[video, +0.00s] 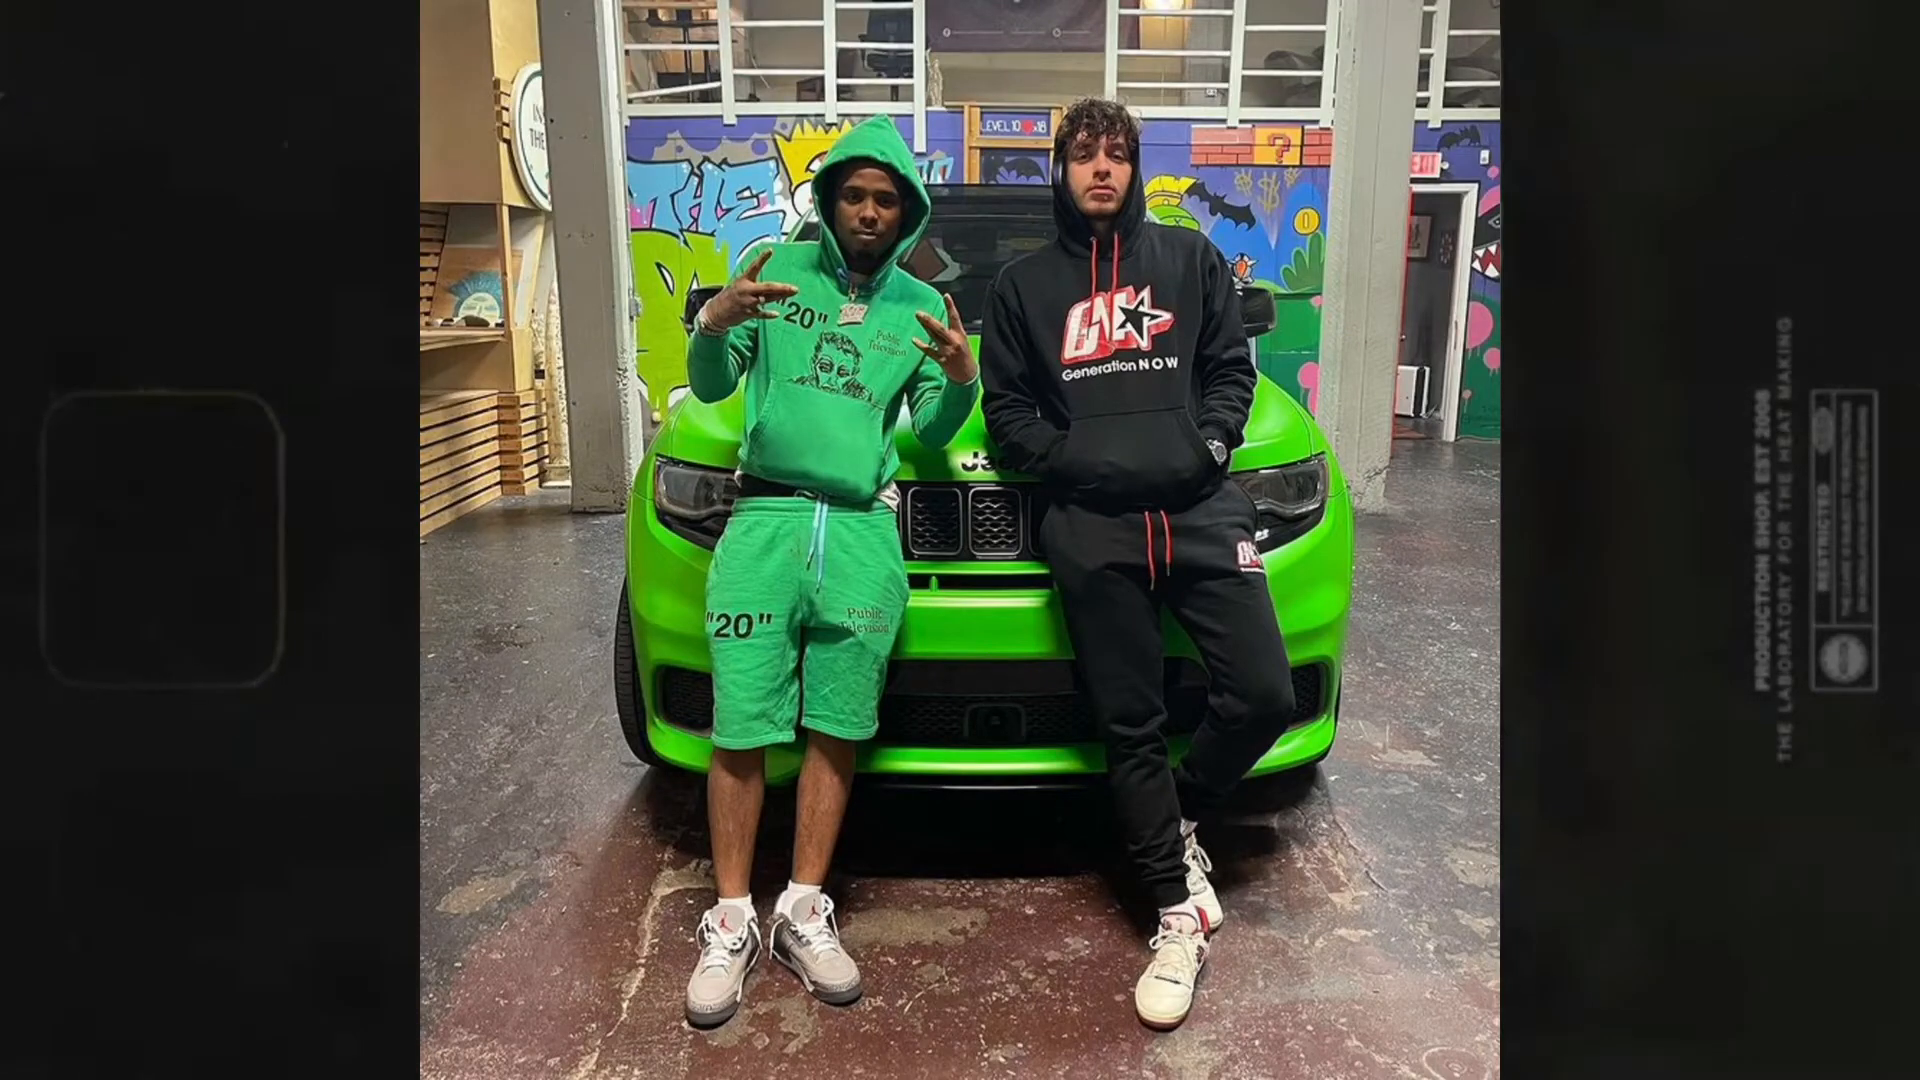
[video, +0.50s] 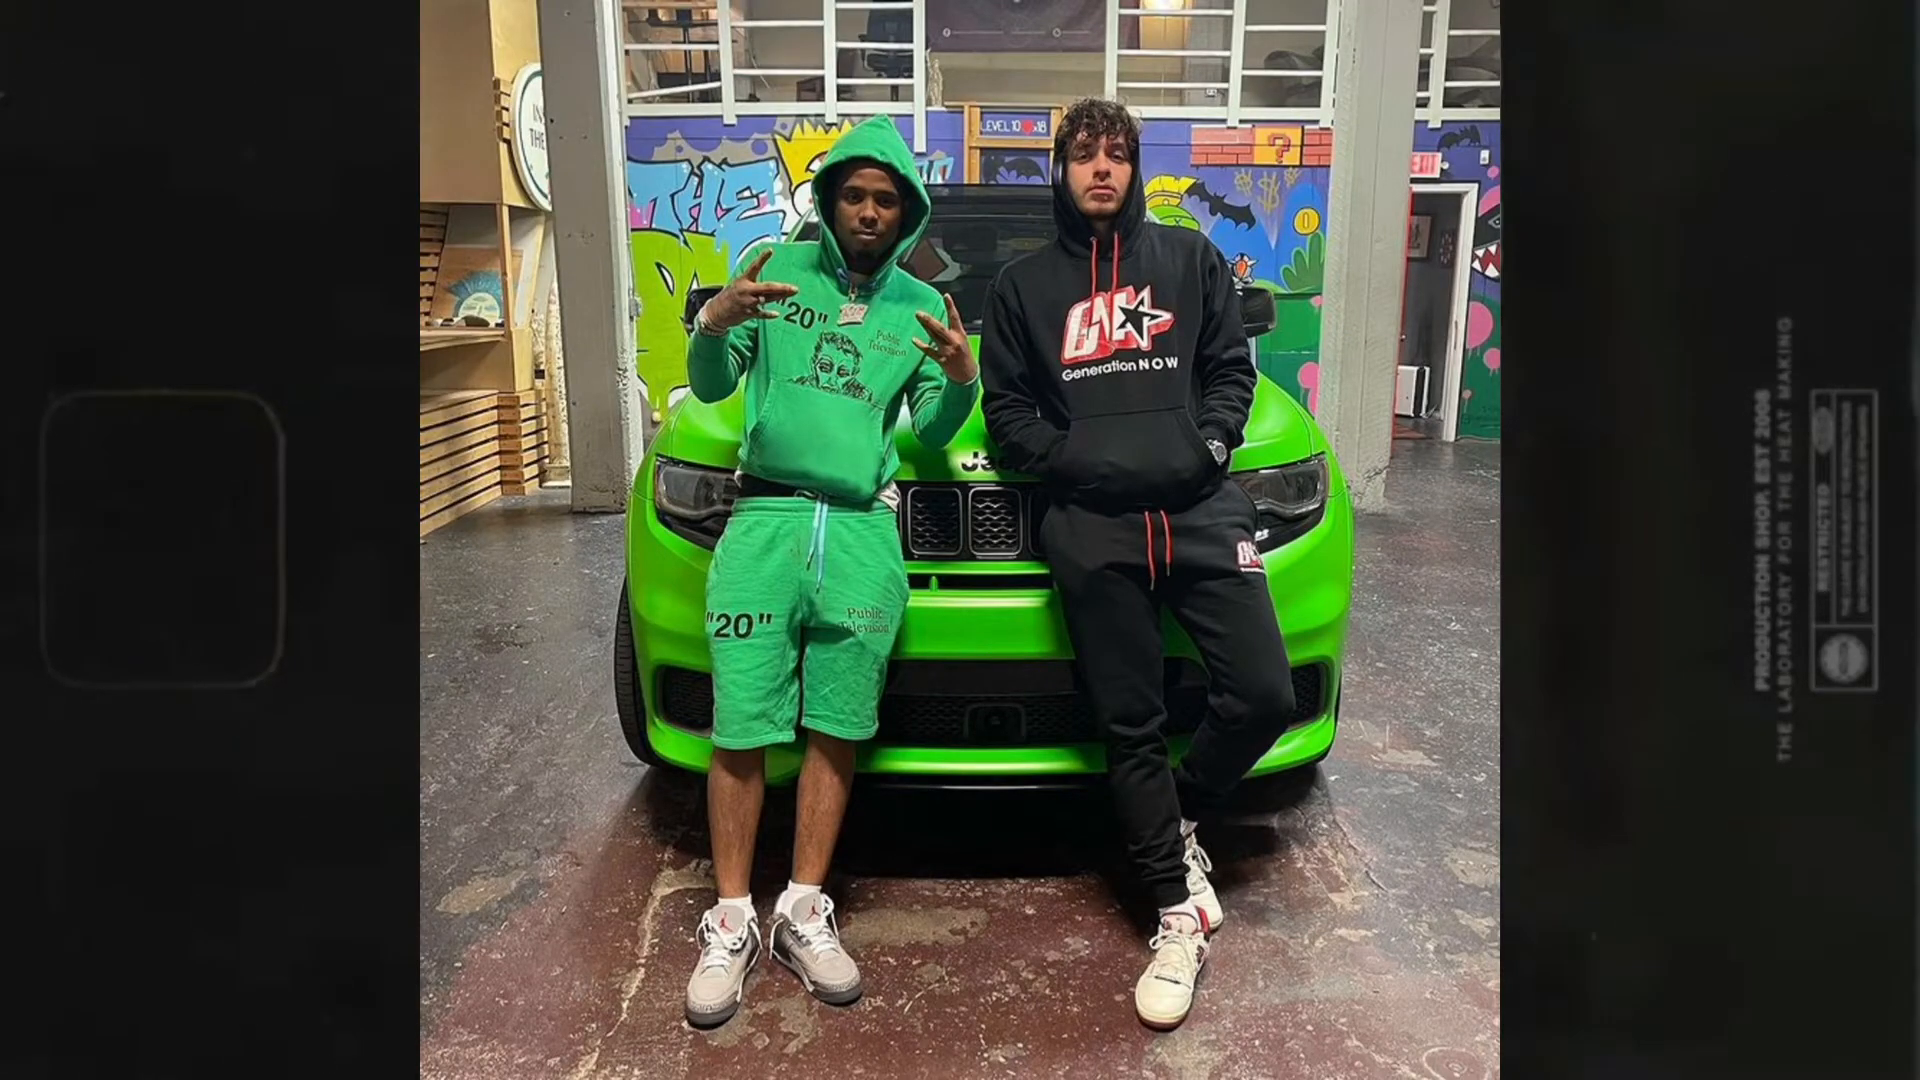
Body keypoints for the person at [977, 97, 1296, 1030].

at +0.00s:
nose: (1101, 171)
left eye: (1115, 159)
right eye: (1086, 159)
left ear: (1137, 170)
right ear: (1061, 172)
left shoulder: (1193, 257)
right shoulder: (1019, 281)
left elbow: (1232, 367)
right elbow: (1005, 405)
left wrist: (1208, 445)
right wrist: (1064, 456)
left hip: (1200, 503)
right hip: (1091, 514)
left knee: (1262, 692)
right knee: (1131, 720)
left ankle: (1180, 818)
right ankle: (1178, 917)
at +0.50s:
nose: (1101, 171)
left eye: (1115, 159)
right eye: (1086, 159)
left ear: (1137, 170)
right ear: (1061, 172)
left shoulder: (1193, 257)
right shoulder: (1019, 281)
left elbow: (1232, 367)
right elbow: (1005, 405)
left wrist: (1208, 445)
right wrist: (1066, 456)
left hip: (1200, 502)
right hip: (1090, 513)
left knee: (1262, 693)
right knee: (1131, 719)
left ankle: (1180, 820)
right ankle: (1179, 917)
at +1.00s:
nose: (1101, 171)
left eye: (1115, 159)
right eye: (1086, 159)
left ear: (1137, 170)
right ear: (1061, 172)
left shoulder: (1193, 257)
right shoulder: (1019, 281)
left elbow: (1232, 367)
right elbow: (1005, 405)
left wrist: (1208, 445)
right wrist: (1066, 456)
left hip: (1200, 502)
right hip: (1090, 513)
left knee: (1262, 693)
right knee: (1131, 719)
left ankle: (1179, 819)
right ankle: (1179, 917)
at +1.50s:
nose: (1101, 171)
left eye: (1115, 159)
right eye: (1086, 159)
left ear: (1137, 170)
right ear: (1061, 172)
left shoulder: (1193, 257)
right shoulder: (1019, 281)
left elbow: (1232, 367)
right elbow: (1005, 405)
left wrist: (1208, 445)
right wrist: (1066, 456)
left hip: (1200, 502)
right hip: (1090, 513)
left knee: (1262, 693)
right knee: (1131, 719)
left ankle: (1179, 819)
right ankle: (1179, 917)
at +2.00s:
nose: (1101, 171)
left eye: (1115, 159)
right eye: (1086, 159)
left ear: (1137, 170)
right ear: (1061, 172)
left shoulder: (1193, 257)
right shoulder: (1019, 281)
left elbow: (1232, 367)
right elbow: (1005, 405)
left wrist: (1208, 445)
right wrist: (1065, 456)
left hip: (1200, 502)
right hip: (1091, 513)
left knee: (1262, 692)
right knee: (1131, 719)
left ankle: (1180, 820)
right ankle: (1179, 917)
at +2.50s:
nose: (1101, 171)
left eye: (1115, 159)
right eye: (1086, 159)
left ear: (1137, 170)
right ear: (1061, 172)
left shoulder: (1193, 257)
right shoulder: (1019, 281)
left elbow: (1232, 367)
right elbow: (1005, 405)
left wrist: (1208, 445)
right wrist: (1065, 456)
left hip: (1200, 502)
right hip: (1091, 513)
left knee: (1262, 692)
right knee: (1131, 718)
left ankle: (1180, 820)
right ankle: (1179, 917)